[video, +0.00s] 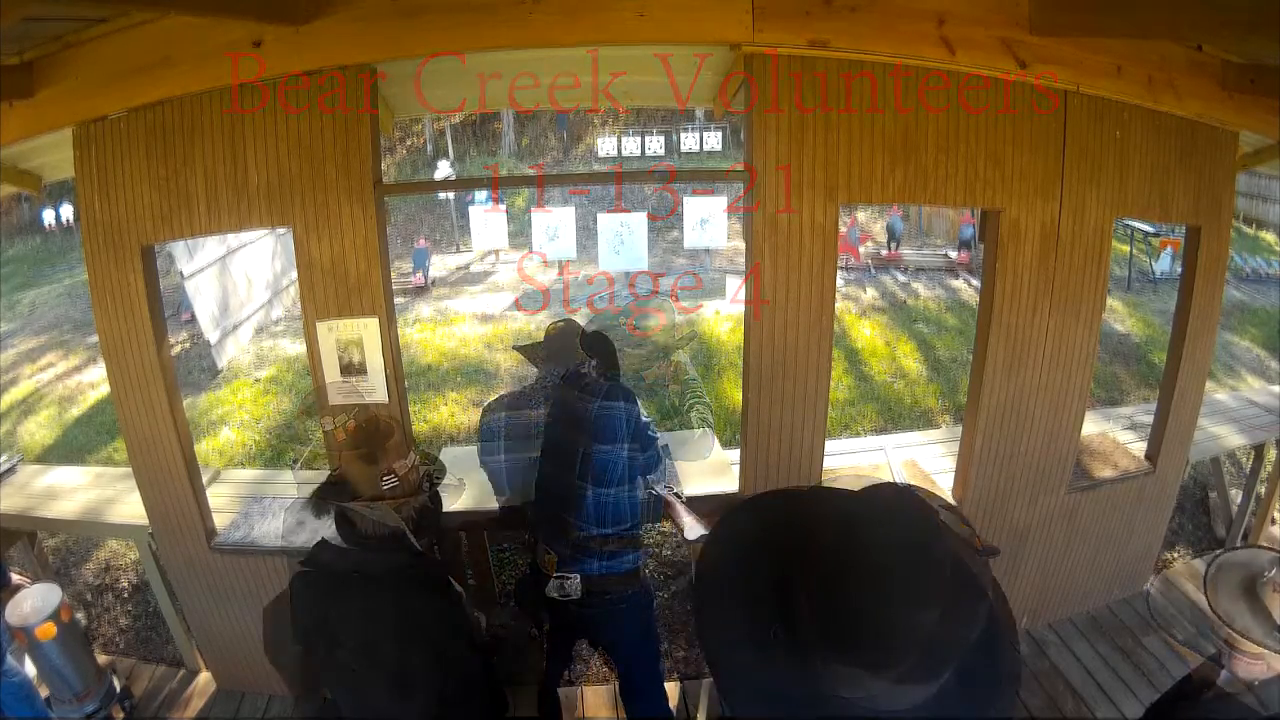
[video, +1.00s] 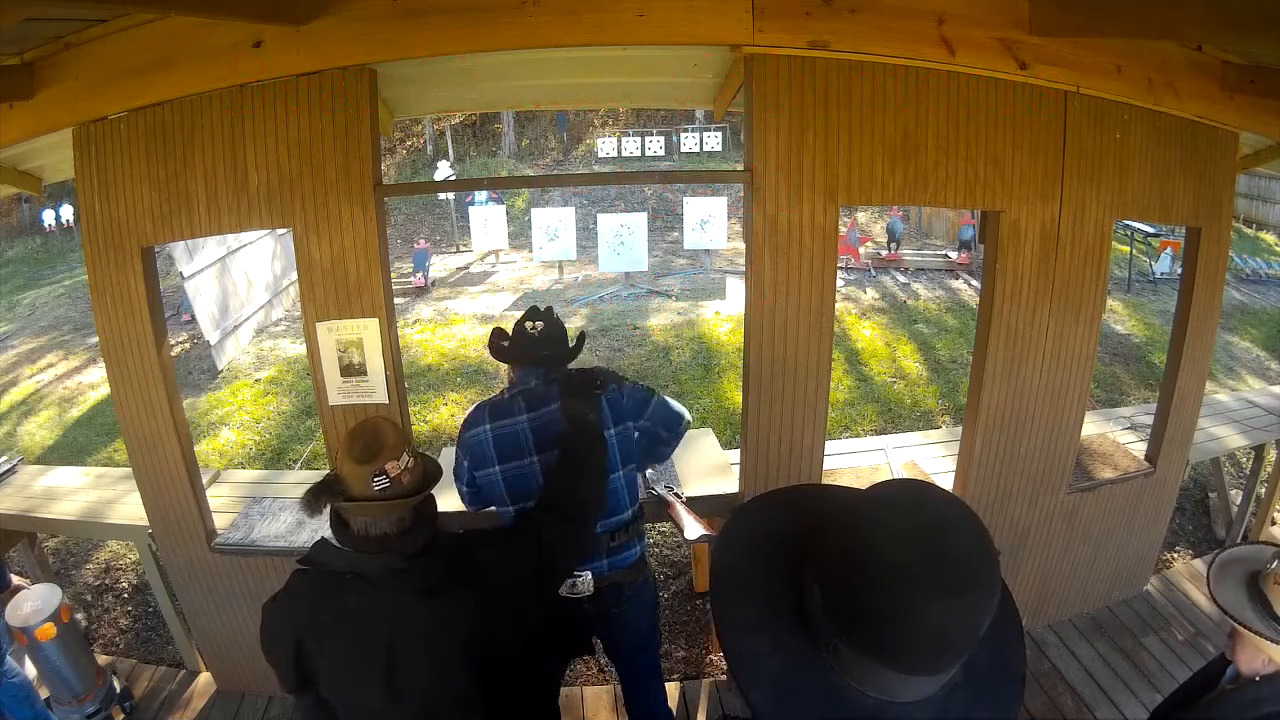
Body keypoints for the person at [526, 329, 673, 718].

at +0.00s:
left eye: (537, 362)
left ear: (540, 359)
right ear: (586, 355)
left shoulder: (502, 412)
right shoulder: (619, 401)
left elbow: (509, 497)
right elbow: (655, 469)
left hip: (542, 588)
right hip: (617, 587)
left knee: (541, 691)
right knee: (647, 699)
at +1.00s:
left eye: (512, 358)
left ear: (510, 363)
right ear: (563, 355)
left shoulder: (479, 424)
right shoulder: (607, 391)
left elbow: (473, 499)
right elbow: (673, 421)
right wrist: (625, 460)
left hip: (537, 590)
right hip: (624, 580)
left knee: (539, 698)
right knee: (646, 691)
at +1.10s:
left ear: (508, 356)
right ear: (567, 348)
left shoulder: (476, 424)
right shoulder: (606, 387)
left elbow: (465, 500)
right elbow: (681, 403)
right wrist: (621, 391)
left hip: (535, 590)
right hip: (621, 581)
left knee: (537, 701)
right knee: (644, 691)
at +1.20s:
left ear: (508, 353)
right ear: (569, 345)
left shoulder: (478, 419)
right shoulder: (603, 392)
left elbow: (473, 490)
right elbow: (665, 447)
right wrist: (613, 437)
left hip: (536, 591)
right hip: (618, 582)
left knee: (537, 697)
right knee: (642, 686)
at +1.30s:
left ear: (513, 349)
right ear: (574, 345)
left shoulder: (483, 414)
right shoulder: (609, 401)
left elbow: (478, 465)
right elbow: (638, 460)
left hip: (536, 591)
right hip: (616, 585)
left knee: (536, 694)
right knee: (641, 688)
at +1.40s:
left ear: (519, 347)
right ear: (580, 345)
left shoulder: (488, 406)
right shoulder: (610, 397)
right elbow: (628, 486)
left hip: (532, 592)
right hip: (611, 587)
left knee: (532, 694)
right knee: (639, 688)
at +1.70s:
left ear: (517, 341)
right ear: (579, 343)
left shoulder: (489, 395)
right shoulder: (602, 391)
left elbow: (512, 374)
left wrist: (521, 347)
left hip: (520, 584)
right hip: (599, 580)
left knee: (530, 693)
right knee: (636, 690)